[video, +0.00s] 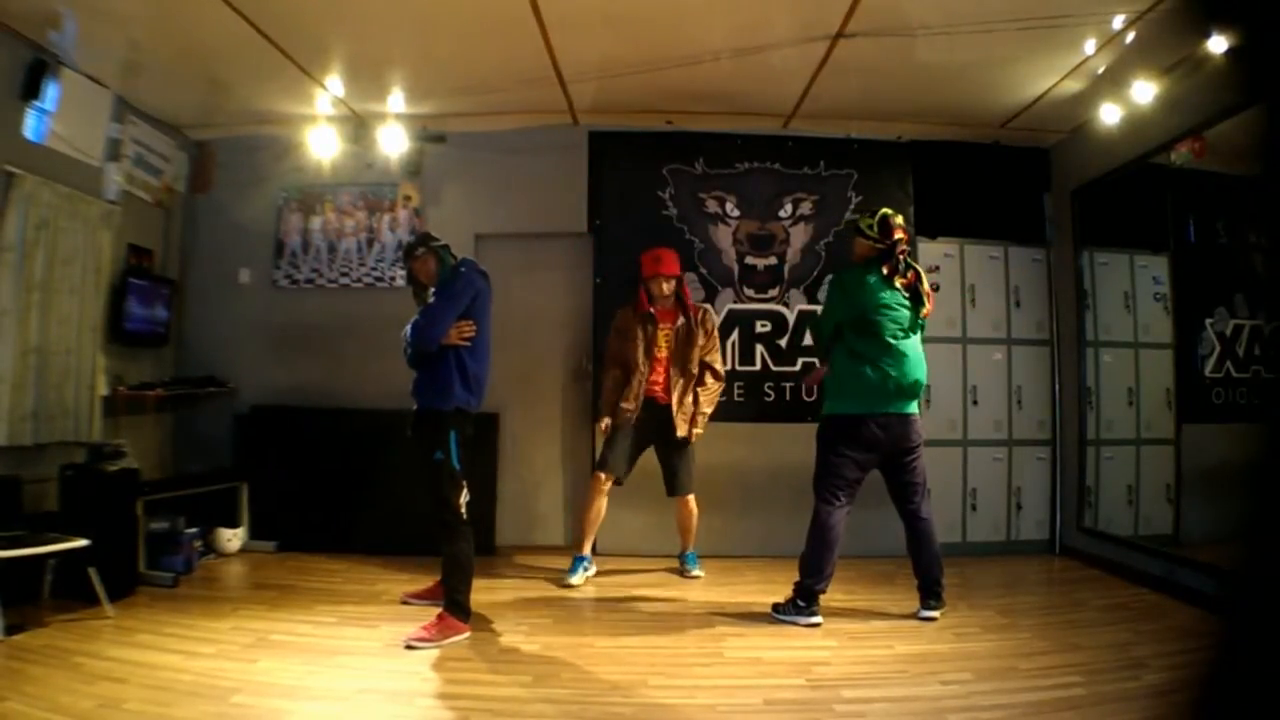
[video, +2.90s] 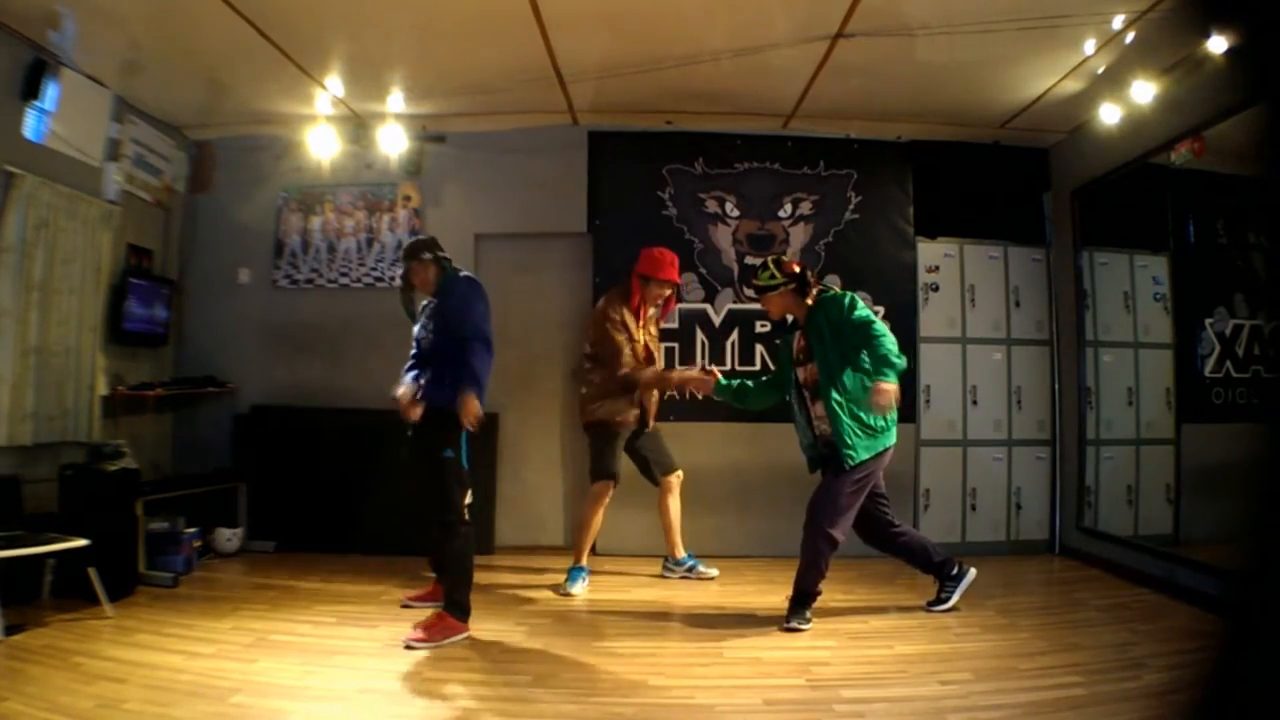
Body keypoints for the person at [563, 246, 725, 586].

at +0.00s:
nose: (663, 287)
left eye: (669, 280)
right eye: (657, 280)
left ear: (678, 282)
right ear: (646, 282)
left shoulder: (700, 318)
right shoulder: (628, 318)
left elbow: (713, 372)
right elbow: (614, 367)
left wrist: (698, 413)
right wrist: (606, 411)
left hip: (676, 415)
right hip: (634, 412)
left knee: (684, 494)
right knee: (601, 478)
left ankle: (688, 554)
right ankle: (583, 557)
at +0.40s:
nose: (637, 327)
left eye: (646, 324)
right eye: (635, 318)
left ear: (656, 328)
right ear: (625, 312)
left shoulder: (672, 355)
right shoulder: (593, 336)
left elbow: (687, 400)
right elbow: (573, 373)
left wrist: (667, 444)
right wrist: (581, 415)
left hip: (651, 427)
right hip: (608, 424)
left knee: (688, 493)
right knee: (588, 480)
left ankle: (686, 554)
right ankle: (579, 565)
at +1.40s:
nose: (669, 367)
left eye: (673, 359)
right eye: (661, 361)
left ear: (682, 358)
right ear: (650, 363)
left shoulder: (697, 374)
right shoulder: (630, 374)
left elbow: (702, 396)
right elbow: (593, 387)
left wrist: (679, 428)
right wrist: (599, 428)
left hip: (660, 439)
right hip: (620, 438)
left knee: (710, 487)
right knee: (596, 479)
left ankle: (687, 554)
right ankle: (578, 567)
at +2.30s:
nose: (704, 332)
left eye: (711, 326)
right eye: (699, 323)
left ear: (718, 330)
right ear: (687, 322)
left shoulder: (712, 362)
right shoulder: (653, 341)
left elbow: (702, 409)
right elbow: (611, 375)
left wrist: (708, 441)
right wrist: (613, 420)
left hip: (668, 432)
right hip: (631, 428)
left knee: (710, 486)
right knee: (597, 478)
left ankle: (687, 553)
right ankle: (578, 566)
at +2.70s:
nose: (674, 301)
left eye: (677, 295)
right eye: (668, 294)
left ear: (679, 295)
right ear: (648, 291)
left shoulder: (669, 327)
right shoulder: (609, 314)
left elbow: (669, 374)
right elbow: (580, 362)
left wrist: (673, 410)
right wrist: (594, 404)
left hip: (646, 417)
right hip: (608, 414)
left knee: (678, 481)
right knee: (592, 483)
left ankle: (680, 555)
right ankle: (578, 567)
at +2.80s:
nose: (669, 299)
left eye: (672, 293)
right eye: (664, 291)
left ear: (672, 292)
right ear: (644, 286)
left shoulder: (658, 321)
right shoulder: (608, 311)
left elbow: (656, 367)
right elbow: (597, 363)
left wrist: (663, 393)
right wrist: (625, 377)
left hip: (640, 413)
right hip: (606, 410)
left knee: (674, 476)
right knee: (600, 483)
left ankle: (678, 558)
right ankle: (579, 566)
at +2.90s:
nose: (666, 294)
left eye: (670, 288)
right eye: (661, 286)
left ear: (669, 288)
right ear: (642, 281)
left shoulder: (648, 314)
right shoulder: (611, 312)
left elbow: (644, 369)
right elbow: (623, 374)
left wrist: (674, 379)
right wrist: (672, 377)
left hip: (637, 416)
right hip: (607, 416)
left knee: (671, 478)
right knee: (604, 485)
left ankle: (676, 559)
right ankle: (579, 567)